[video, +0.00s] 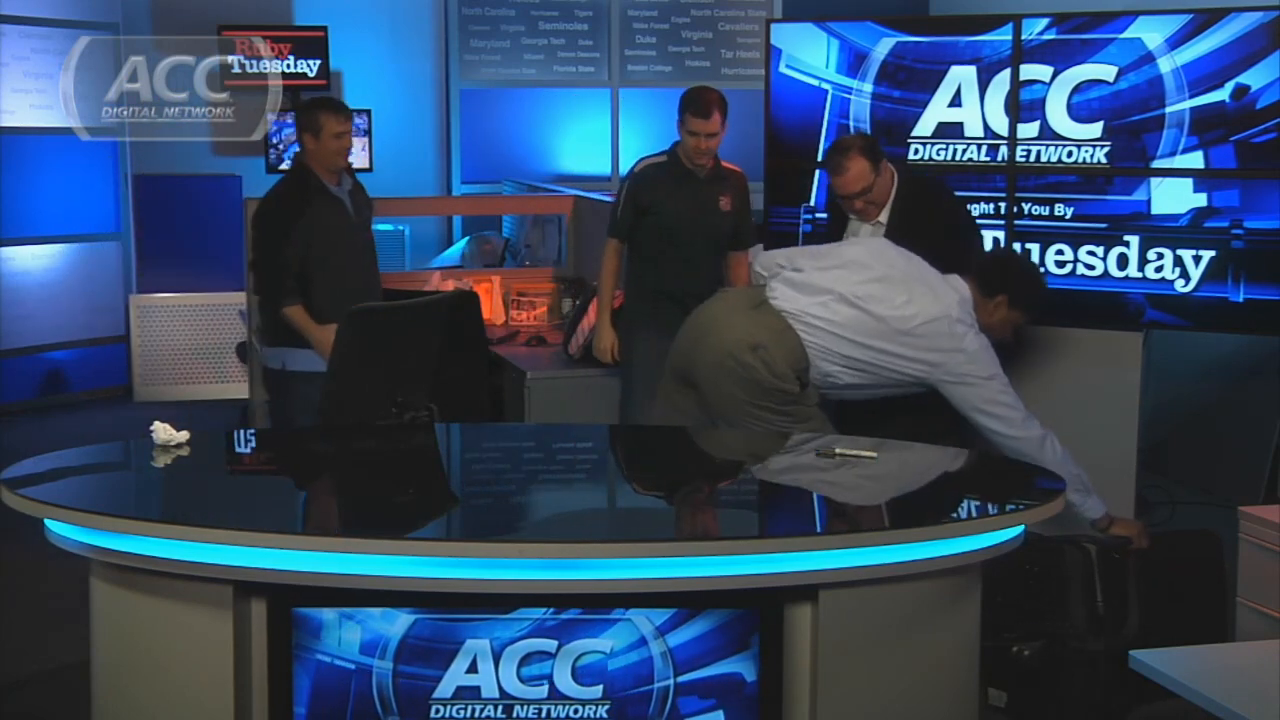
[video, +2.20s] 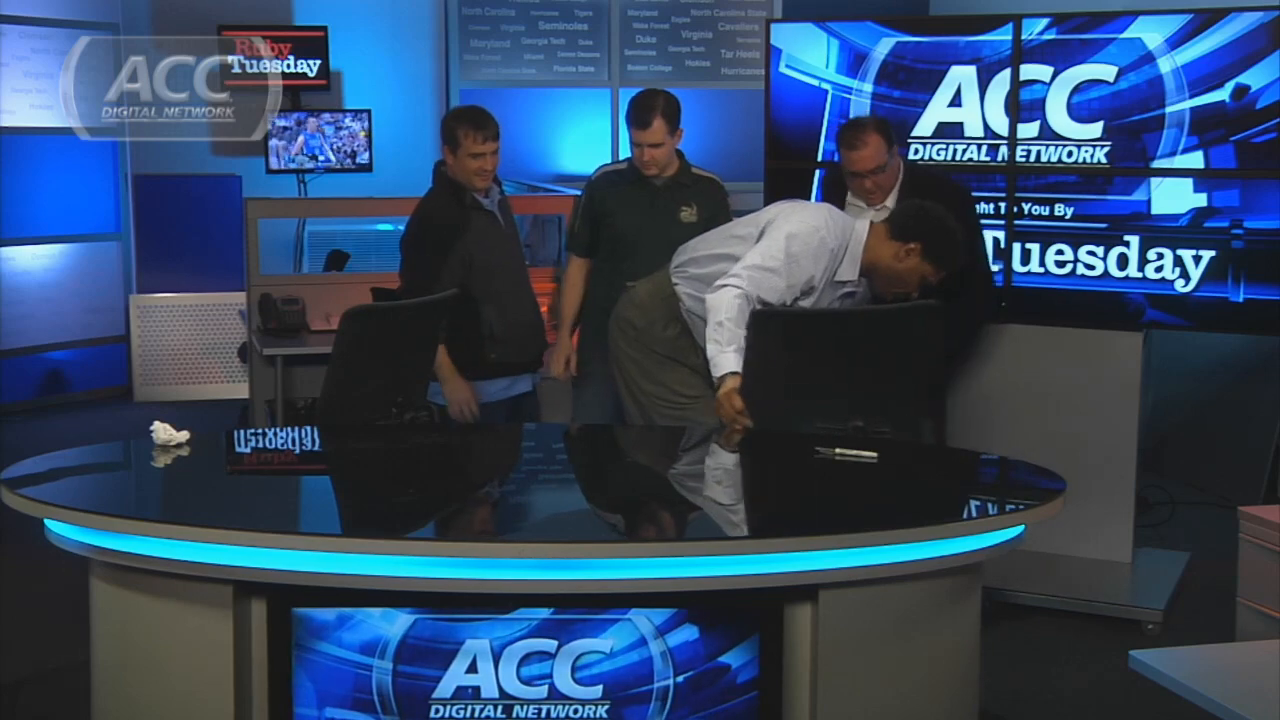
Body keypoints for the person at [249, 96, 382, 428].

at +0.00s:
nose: (349, 144)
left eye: (350, 135)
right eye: (339, 136)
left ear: (352, 135)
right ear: (308, 141)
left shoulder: (355, 193)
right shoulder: (280, 203)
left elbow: (360, 267)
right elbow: (277, 289)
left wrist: (369, 325)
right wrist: (317, 335)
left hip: (354, 352)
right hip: (300, 361)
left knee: (357, 459)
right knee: (306, 460)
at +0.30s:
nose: (405, 151)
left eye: (406, 141)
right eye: (395, 142)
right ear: (365, 145)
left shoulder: (409, 199)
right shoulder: (332, 208)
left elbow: (415, 273)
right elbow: (325, 291)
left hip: (406, 343)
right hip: (354, 349)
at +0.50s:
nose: (442, 145)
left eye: (444, 135)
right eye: (432, 136)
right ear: (402, 140)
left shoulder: (445, 199)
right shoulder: (365, 203)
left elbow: (454, 272)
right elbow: (354, 282)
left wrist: (472, 330)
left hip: (444, 348)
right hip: (392, 350)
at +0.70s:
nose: (467, 143)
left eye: (467, 133)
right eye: (457, 134)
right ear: (425, 140)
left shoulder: (466, 200)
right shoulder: (390, 205)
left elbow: (476, 274)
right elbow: (389, 297)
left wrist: (493, 327)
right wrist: (438, 328)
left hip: (473, 367)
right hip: (423, 369)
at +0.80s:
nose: (474, 143)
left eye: (475, 134)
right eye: (464, 134)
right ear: (433, 140)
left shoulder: (471, 197)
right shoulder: (407, 204)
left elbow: (479, 272)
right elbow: (409, 287)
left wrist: (497, 324)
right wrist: (468, 321)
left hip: (483, 361)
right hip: (438, 365)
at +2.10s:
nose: (489, 165)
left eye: (495, 154)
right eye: (478, 156)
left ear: (501, 149)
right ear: (450, 155)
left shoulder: (496, 198)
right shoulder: (434, 216)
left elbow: (506, 279)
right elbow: (420, 308)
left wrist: (530, 345)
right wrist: (459, 374)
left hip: (515, 379)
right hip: (466, 391)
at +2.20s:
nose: (488, 165)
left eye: (493, 154)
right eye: (476, 157)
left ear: (499, 149)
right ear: (448, 156)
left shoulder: (495, 198)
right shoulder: (432, 217)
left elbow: (507, 279)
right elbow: (418, 308)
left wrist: (531, 344)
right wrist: (448, 376)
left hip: (518, 377)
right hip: (472, 390)